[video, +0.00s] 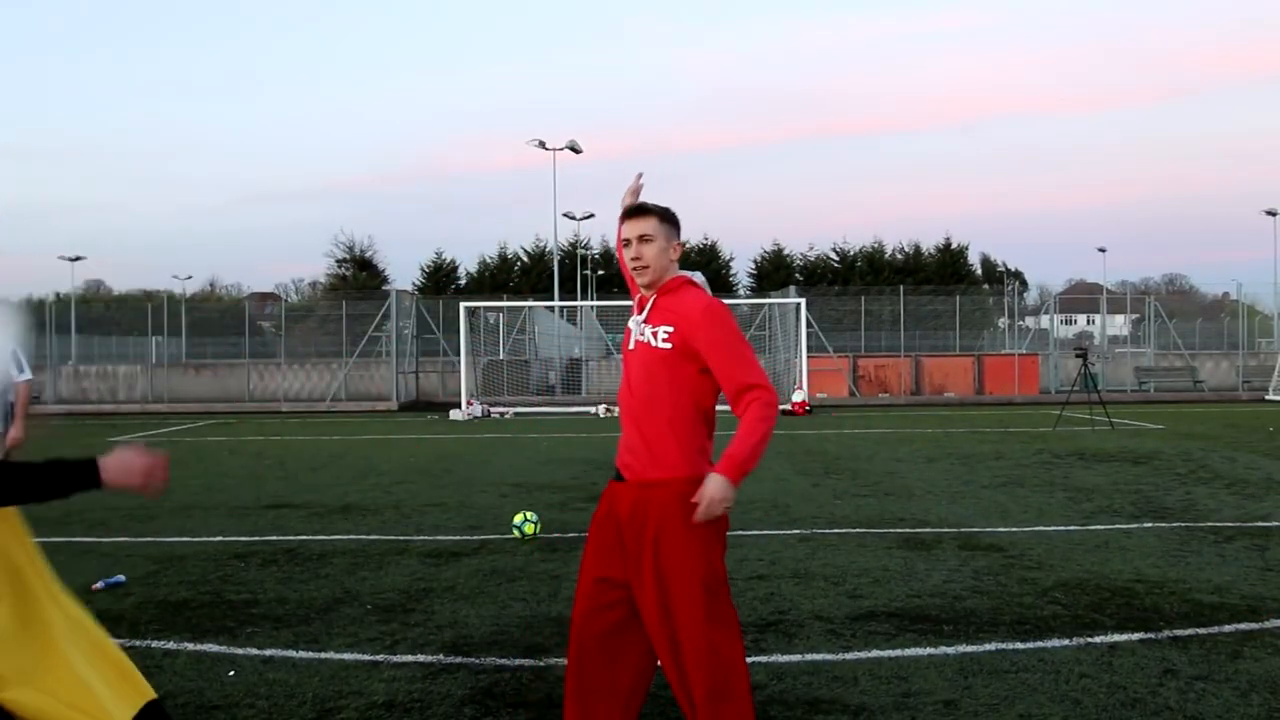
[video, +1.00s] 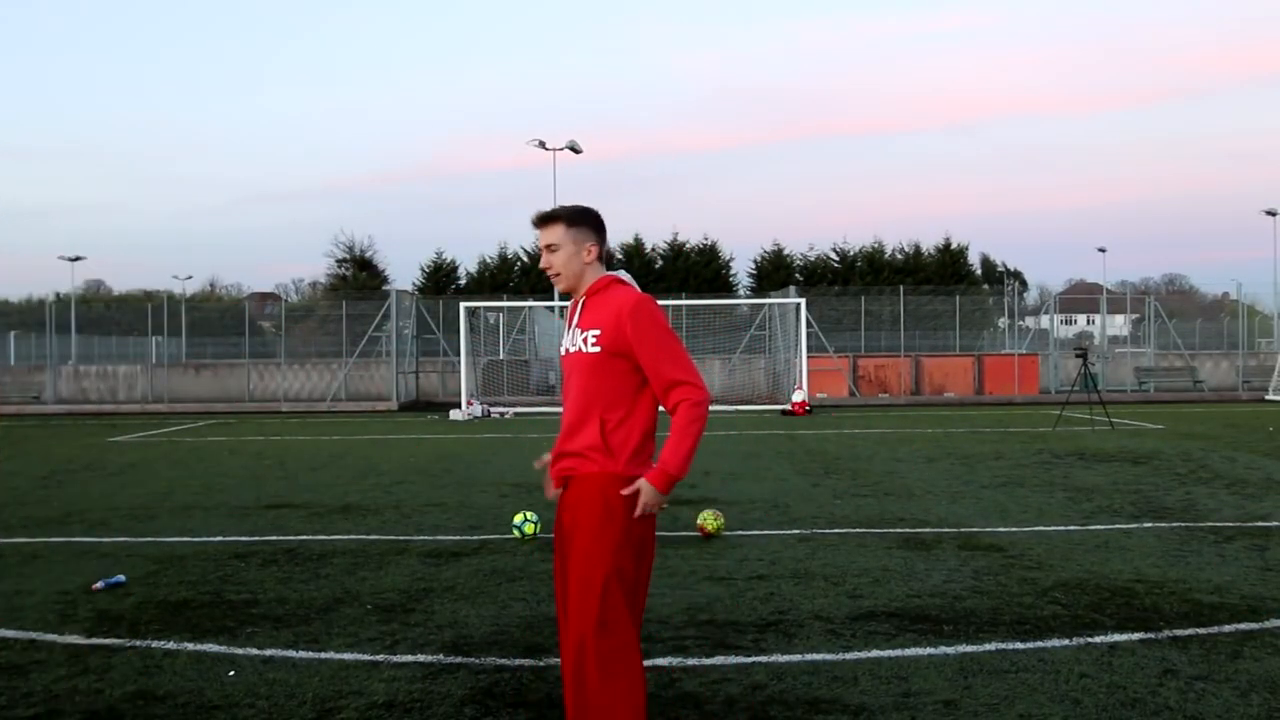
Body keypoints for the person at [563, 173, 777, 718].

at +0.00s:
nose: (634, 253)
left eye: (645, 241)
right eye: (627, 245)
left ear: (675, 248)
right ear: (626, 256)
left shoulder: (698, 308)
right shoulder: (647, 303)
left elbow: (759, 400)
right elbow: (629, 263)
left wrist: (728, 475)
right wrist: (625, 218)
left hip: (679, 505)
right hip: (624, 501)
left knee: (703, 655)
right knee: (596, 646)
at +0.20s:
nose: (611, 255)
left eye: (622, 242)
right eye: (601, 247)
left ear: (651, 250)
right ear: (597, 256)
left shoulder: (679, 307)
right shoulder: (618, 305)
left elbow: (728, 403)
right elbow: (595, 262)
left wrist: (710, 482)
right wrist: (603, 235)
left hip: (659, 500)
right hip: (604, 498)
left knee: (683, 649)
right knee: (595, 652)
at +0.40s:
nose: (587, 256)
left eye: (598, 244)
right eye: (579, 248)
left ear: (626, 249)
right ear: (578, 257)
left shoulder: (658, 304)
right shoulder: (594, 306)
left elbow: (709, 394)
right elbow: (575, 303)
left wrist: (709, 481)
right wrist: (557, 286)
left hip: (639, 488)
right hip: (586, 488)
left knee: (634, 627)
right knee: (578, 634)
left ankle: (686, 714)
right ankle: (587, 717)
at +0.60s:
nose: (571, 255)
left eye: (582, 244)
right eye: (563, 248)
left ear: (611, 250)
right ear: (560, 257)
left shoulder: (644, 303)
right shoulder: (578, 311)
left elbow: (697, 390)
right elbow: (553, 337)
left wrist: (707, 478)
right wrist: (530, 349)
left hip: (627, 484)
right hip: (580, 485)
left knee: (608, 624)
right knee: (571, 627)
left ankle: (651, 715)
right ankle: (583, 717)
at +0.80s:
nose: (559, 257)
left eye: (570, 245)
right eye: (553, 249)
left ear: (601, 251)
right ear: (551, 258)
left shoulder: (635, 304)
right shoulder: (575, 311)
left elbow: (693, 391)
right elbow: (560, 369)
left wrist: (690, 476)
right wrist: (538, 402)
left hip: (620, 486)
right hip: (578, 486)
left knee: (612, 628)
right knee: (577, 626)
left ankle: (623, 715)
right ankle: (586, 713)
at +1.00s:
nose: (543, 263)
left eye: (552, 250)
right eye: (541, 253)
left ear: (590, 250)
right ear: (579, 254)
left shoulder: (628, 305)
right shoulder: (580, 309)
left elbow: (691, 397)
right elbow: (594, 401)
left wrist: (662, 478)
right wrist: (560, 457)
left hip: (614, 493)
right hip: (577, 493)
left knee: (603, 639)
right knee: (576, 638)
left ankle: (615, 716)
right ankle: (583, 715)